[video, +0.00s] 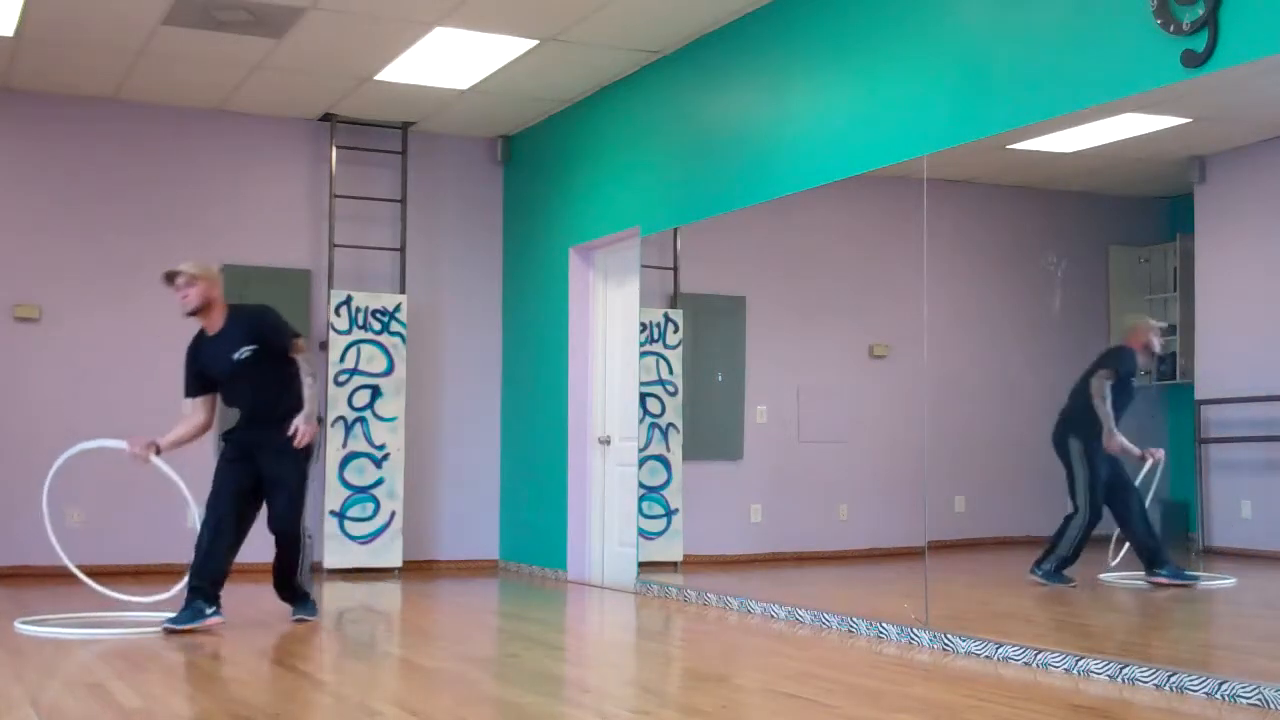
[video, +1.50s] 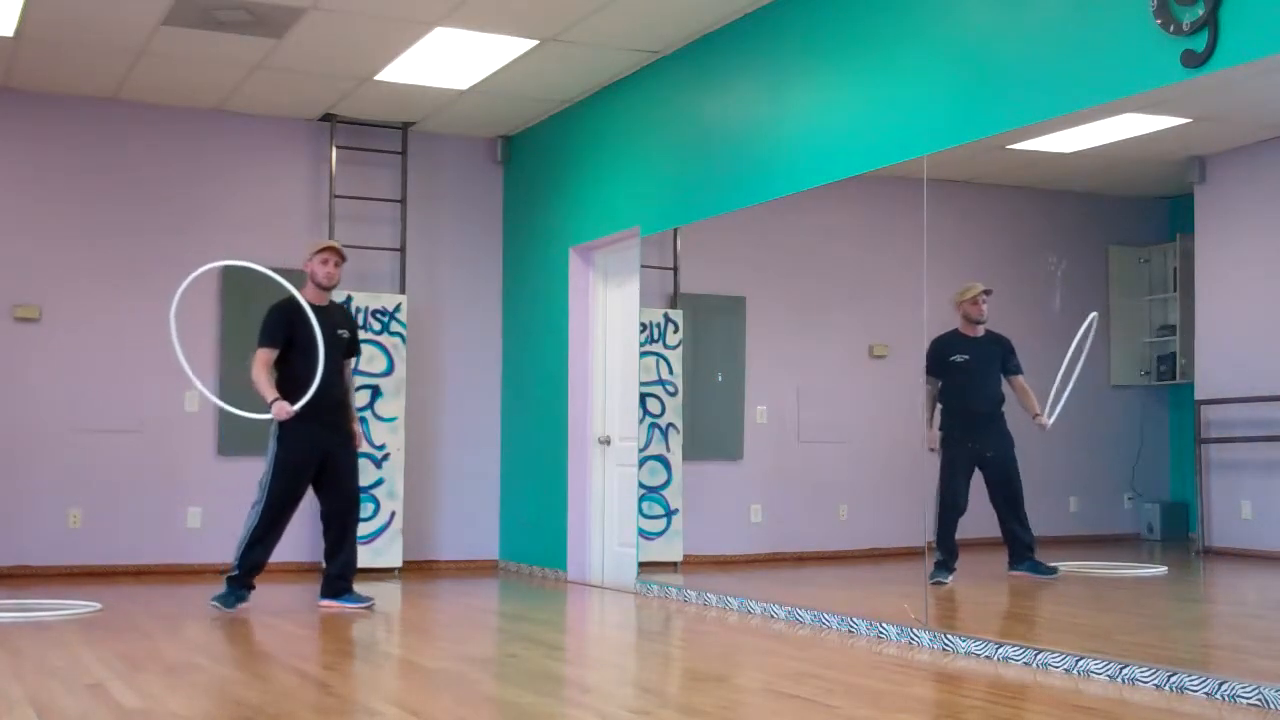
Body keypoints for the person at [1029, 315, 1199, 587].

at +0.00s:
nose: (1159, 342)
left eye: (1159, 336)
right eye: (1155, 335)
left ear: (1138, 339)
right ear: (1138, 336)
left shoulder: (1127, 372)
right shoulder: (1123, 355)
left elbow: (1108, 430)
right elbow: (1099, 384)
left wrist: (1139, 452)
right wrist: (1109, 430)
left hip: (1093, 442)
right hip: (1076, 436)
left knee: (1128, 502)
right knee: (1087, 509)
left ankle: (1158, 566)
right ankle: (1047, 567)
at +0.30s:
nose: (1093, 302)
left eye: (1093, 297)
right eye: (1086, 296)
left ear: (1090, 305)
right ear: (1070, 300)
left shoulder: (1084, 346)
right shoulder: (1052, 332)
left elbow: (1088, 394)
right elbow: (1026, 369)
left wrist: (1126, 393)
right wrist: (1027, 413)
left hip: (1072, 424)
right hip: (1049, 424)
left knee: (1089, 493)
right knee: (1059, 498)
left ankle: (1098, 561)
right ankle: (1044, 566)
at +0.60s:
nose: (1058, 302)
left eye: (1059, 297)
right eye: (1051, 297)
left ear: (1061, 304)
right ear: (1034, 304)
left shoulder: (1067, 344)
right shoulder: (1018, 340)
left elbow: (1088, 385)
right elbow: (995, 380)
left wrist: (1116, 370)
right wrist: (986, 422)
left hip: (1054, 425)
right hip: (1025, 425)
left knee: (1048, 491)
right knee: (1038, 491)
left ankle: (1027, 554)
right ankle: (1042, 564)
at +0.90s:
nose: (1045, 304)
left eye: (1047, 300)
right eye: (1039, 300)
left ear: (1049, 306)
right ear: (1023, 304)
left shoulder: (1054, 345)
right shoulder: (1002, 339)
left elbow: (1075, 387)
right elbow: (982, 380)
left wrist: (1086, 381)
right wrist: (981, 420)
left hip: (1040, 429)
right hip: (1008, 428)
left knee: (1033, 498)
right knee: (1003, 496)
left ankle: (1029, 559)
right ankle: (993, 564)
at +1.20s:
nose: (1020, 306)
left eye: (1022, 301)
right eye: (1013, 302)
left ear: (1026, 307)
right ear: (998, 307)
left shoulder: (1036, 346)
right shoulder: (980, 341)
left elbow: (1052, 383)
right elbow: (963, 383)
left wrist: (1062, 400)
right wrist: (962, 421)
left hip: (1024, 429)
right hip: (989, 428)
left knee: (1024, 498)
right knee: (974, 498)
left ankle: (1027, 560)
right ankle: (954, 561)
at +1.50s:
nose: (982, 307)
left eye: (984, 302)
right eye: (975, 303)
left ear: (987, 307)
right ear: (961, 308)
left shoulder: (1000, 344)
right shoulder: (941, 345)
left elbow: (1018, 383)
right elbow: (931, 392)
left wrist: (1036, 412)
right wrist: (929, 428)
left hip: (994, 432)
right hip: (957, 434)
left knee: (1010, 496)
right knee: (952, 503)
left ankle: (1021, 558)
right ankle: (944, 564)